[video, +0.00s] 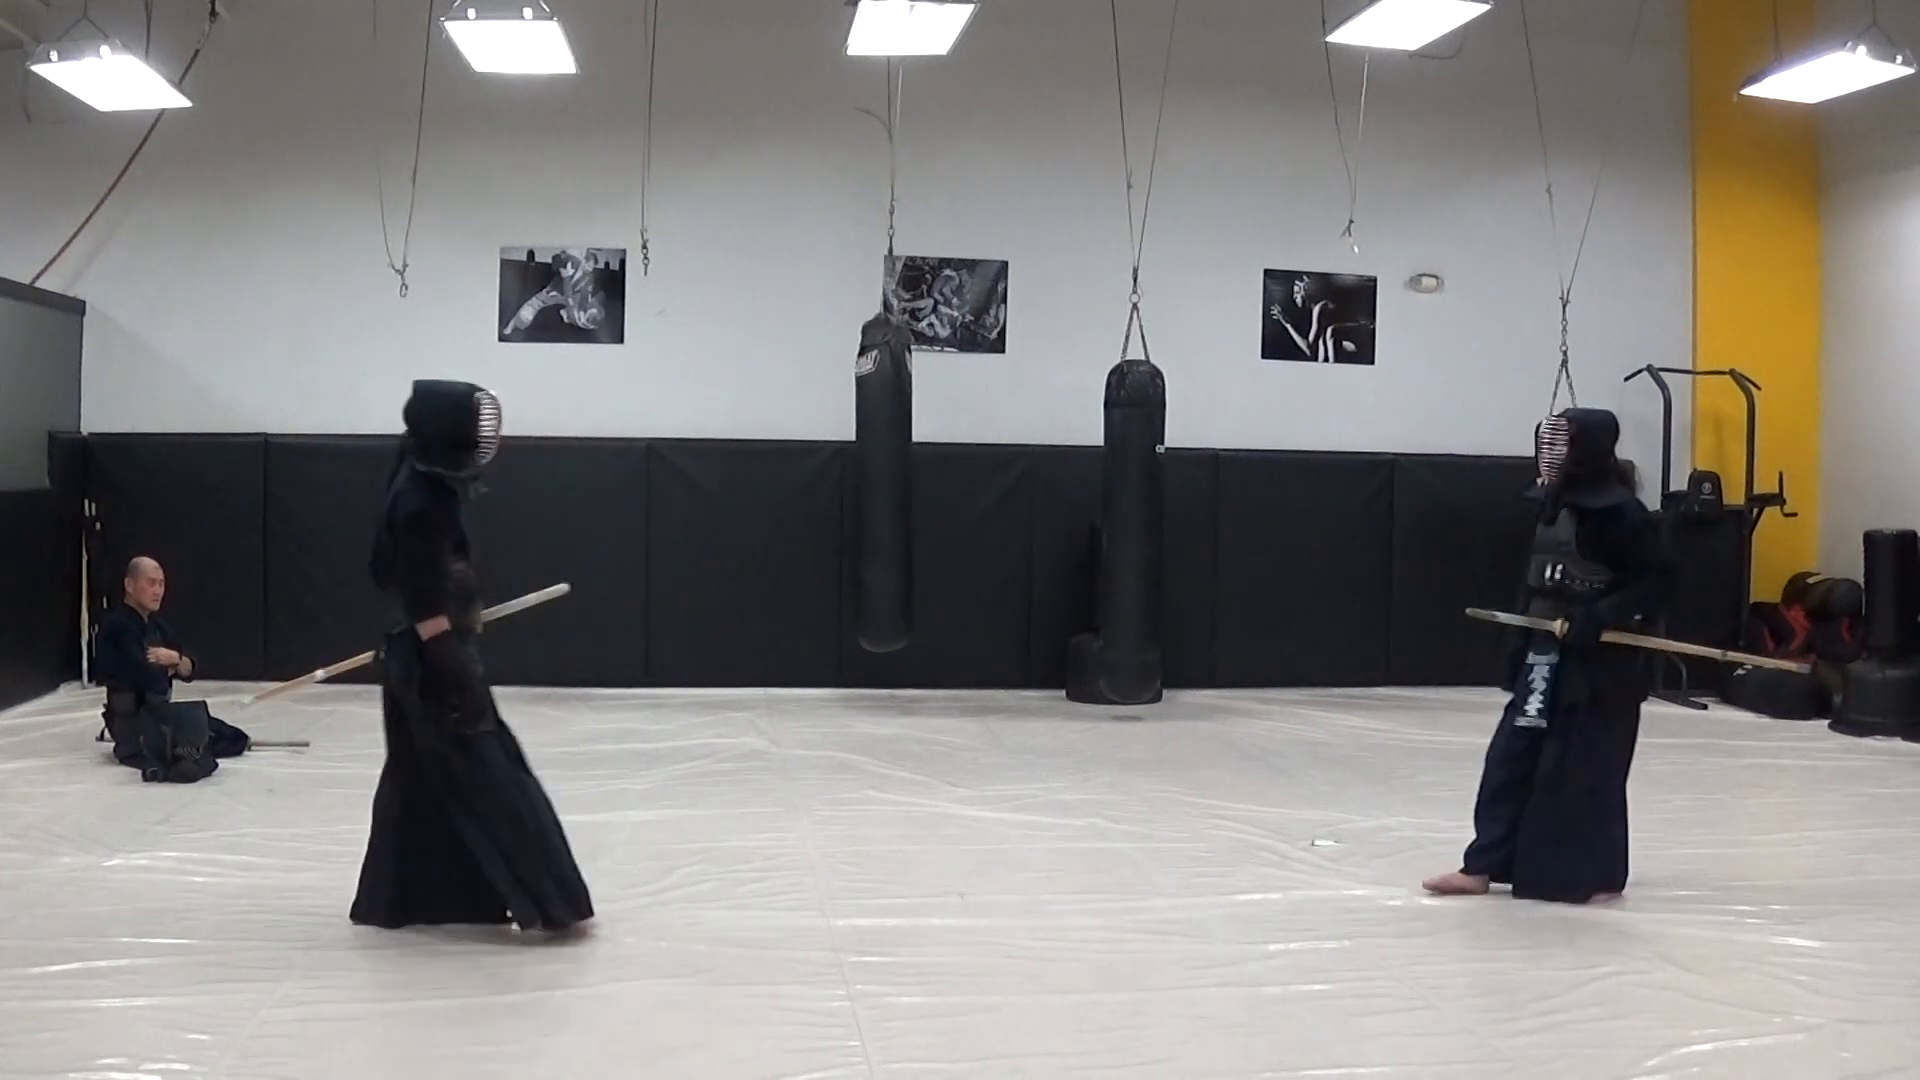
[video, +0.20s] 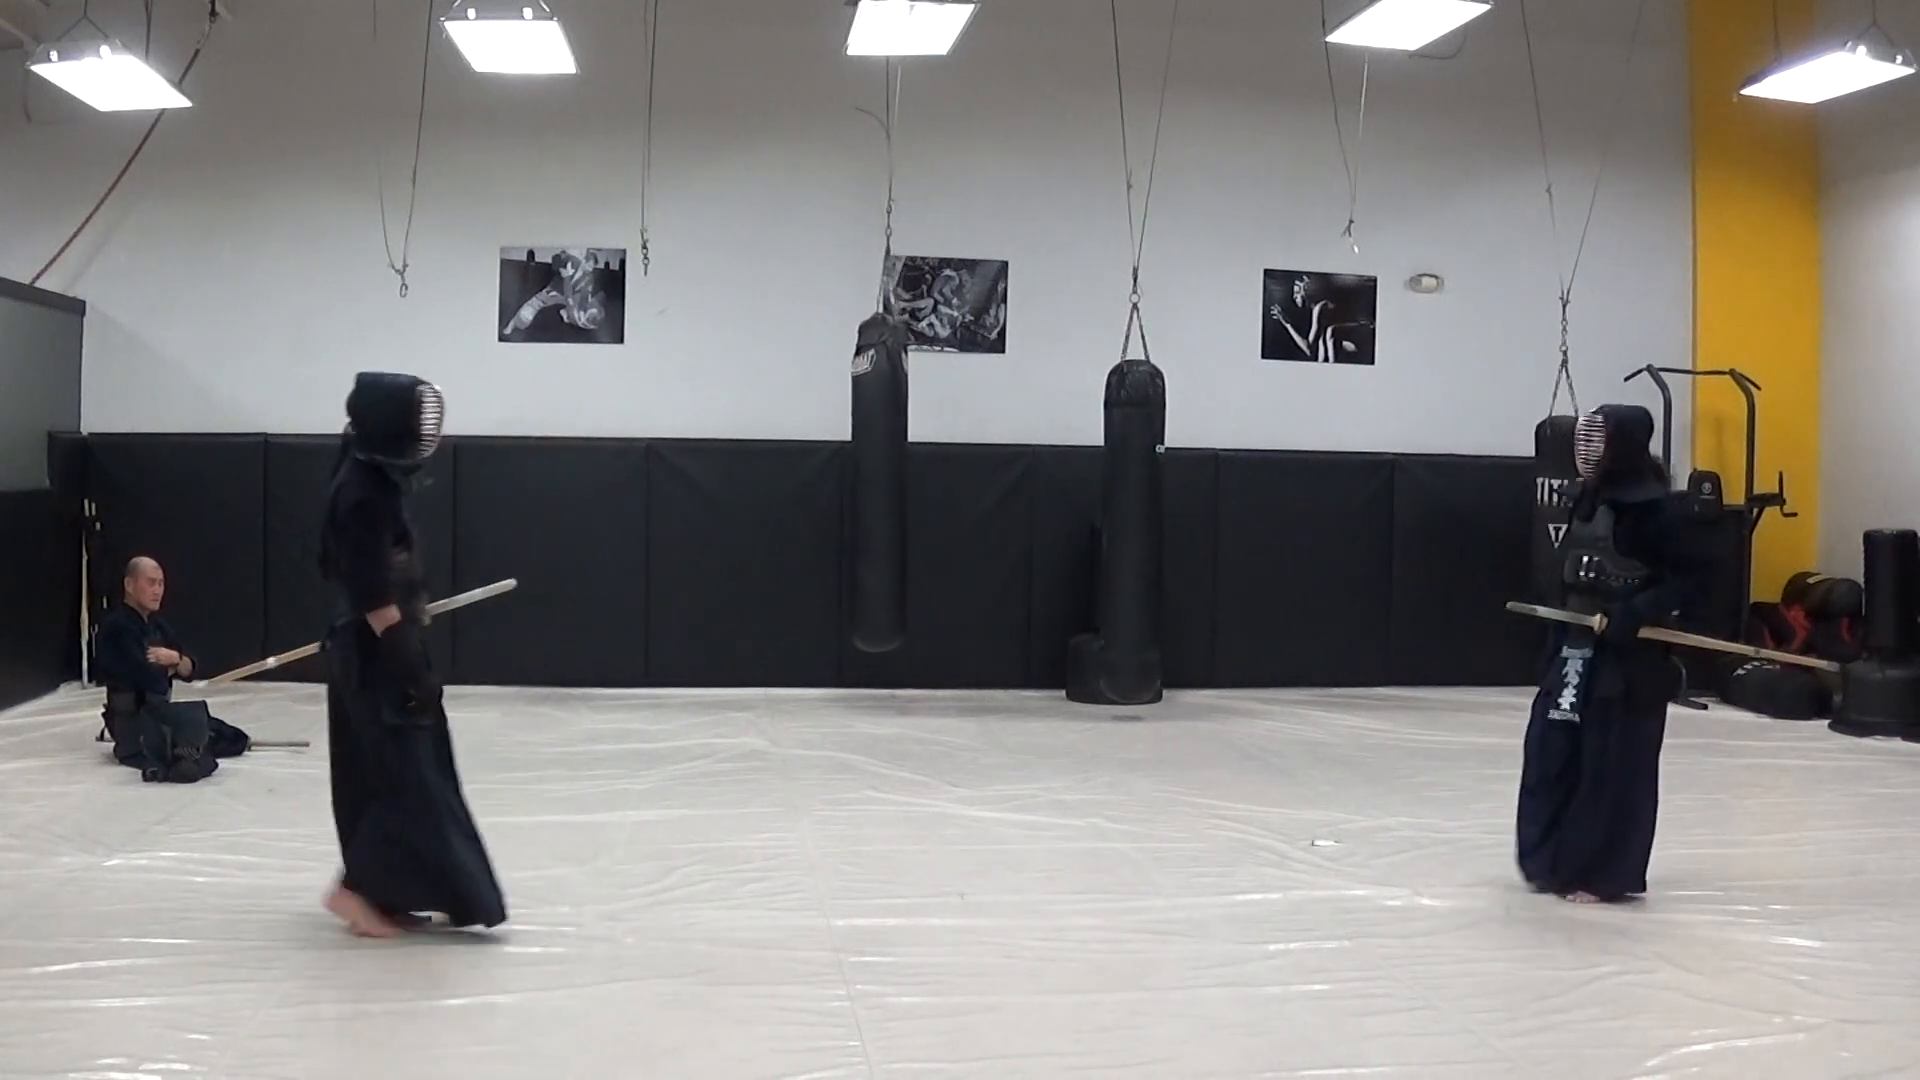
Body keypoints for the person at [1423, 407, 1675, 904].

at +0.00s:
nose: (1550, 455)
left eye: (1561, 447)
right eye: (1549, 445)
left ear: (1588, 452)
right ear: (1550, 448)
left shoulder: (1622, 512)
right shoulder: (1553, 507)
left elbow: (1656, 582)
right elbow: (1541, 582)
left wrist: (1598, 614)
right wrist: (1524, 645)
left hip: (1604, 663)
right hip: (1546, 657)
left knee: (1595, 766)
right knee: (1508, 756)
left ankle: (1604, 878)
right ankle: (1482, 867)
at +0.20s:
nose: (1583, 453)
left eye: (1593, 444)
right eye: (1583, 443)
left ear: (1620, 449)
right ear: (1587, 444)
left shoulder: (1655, 509)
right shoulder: (1586, 502)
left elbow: (1684, 582)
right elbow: (1575, 575)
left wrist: (1632, 611)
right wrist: (1559, 639)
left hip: (1630, 654)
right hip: (1576, 648)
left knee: (1616, 758)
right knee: (1551, 744)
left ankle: (1610, 874)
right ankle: (1554, 862)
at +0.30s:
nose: (1602, 452)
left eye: (1611, 443)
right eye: (1602, 442)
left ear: (1638, 449)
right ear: (1612, 444)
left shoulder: (1674, 510)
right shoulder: (1602, 504)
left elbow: (1702, 581)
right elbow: (1587, 578)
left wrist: (1647, 614)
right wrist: (1568, 646)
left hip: (1644, 654)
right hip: (1593, 648)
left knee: (1629, 757)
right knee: (1571, 747)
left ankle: (1626, 877)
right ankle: (1594, 868)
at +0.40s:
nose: (1620, 456)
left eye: (1630, 447)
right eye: (1619, 446)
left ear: (1658, 453)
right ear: (1618, 447)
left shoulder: (1691, 511)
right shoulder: (1618, 504)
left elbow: (1722, 587)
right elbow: (1603, 582)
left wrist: (1664, 617)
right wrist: (1578, 645)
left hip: (1662, 651)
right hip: (1613, 644)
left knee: (1639, 755)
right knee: (1604, 745)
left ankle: (1615, 875)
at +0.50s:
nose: (1635, 457)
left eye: (1646, 449)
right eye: (1634, 447)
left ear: (1674, 453)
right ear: (1632, 449)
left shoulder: (1703, 513)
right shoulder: (1624, 506)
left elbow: (1736, 586)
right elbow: (1604, 581)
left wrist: (1679, 620)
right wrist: (1588, 649)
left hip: (1681, 654)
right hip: (1630, 649)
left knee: (1657, 760)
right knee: (1643, 752)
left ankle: (1618, 873)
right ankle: (1687, 847)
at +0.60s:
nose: (1650, 455)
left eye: (1659, 447)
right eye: (1648, 446)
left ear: (1686, 452)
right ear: (1648, 449)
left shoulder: (1716, 512)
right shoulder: (1652, 507)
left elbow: (1758, 580)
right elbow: (1638, 584)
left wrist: (1697, 619)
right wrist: (1613, 644)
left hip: (1697, 655)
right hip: (1654, 650)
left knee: (1664, 758)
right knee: (1668, 754)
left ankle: (1625, 870)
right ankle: (1684, 860)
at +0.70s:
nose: (1664, 456)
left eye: (1673, 447)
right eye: (1663, 446)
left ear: (1700, 450)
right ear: (1670, 450)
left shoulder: (1733, 507)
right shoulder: (1672, 504)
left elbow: (1774, 577)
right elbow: (1654, 578)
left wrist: (1713, 616)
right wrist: (1637, 632)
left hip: (1709, 653)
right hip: (1670, 648)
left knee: (1679, 755)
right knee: (1682, 753)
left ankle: (1660, 866)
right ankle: (1700, 861)